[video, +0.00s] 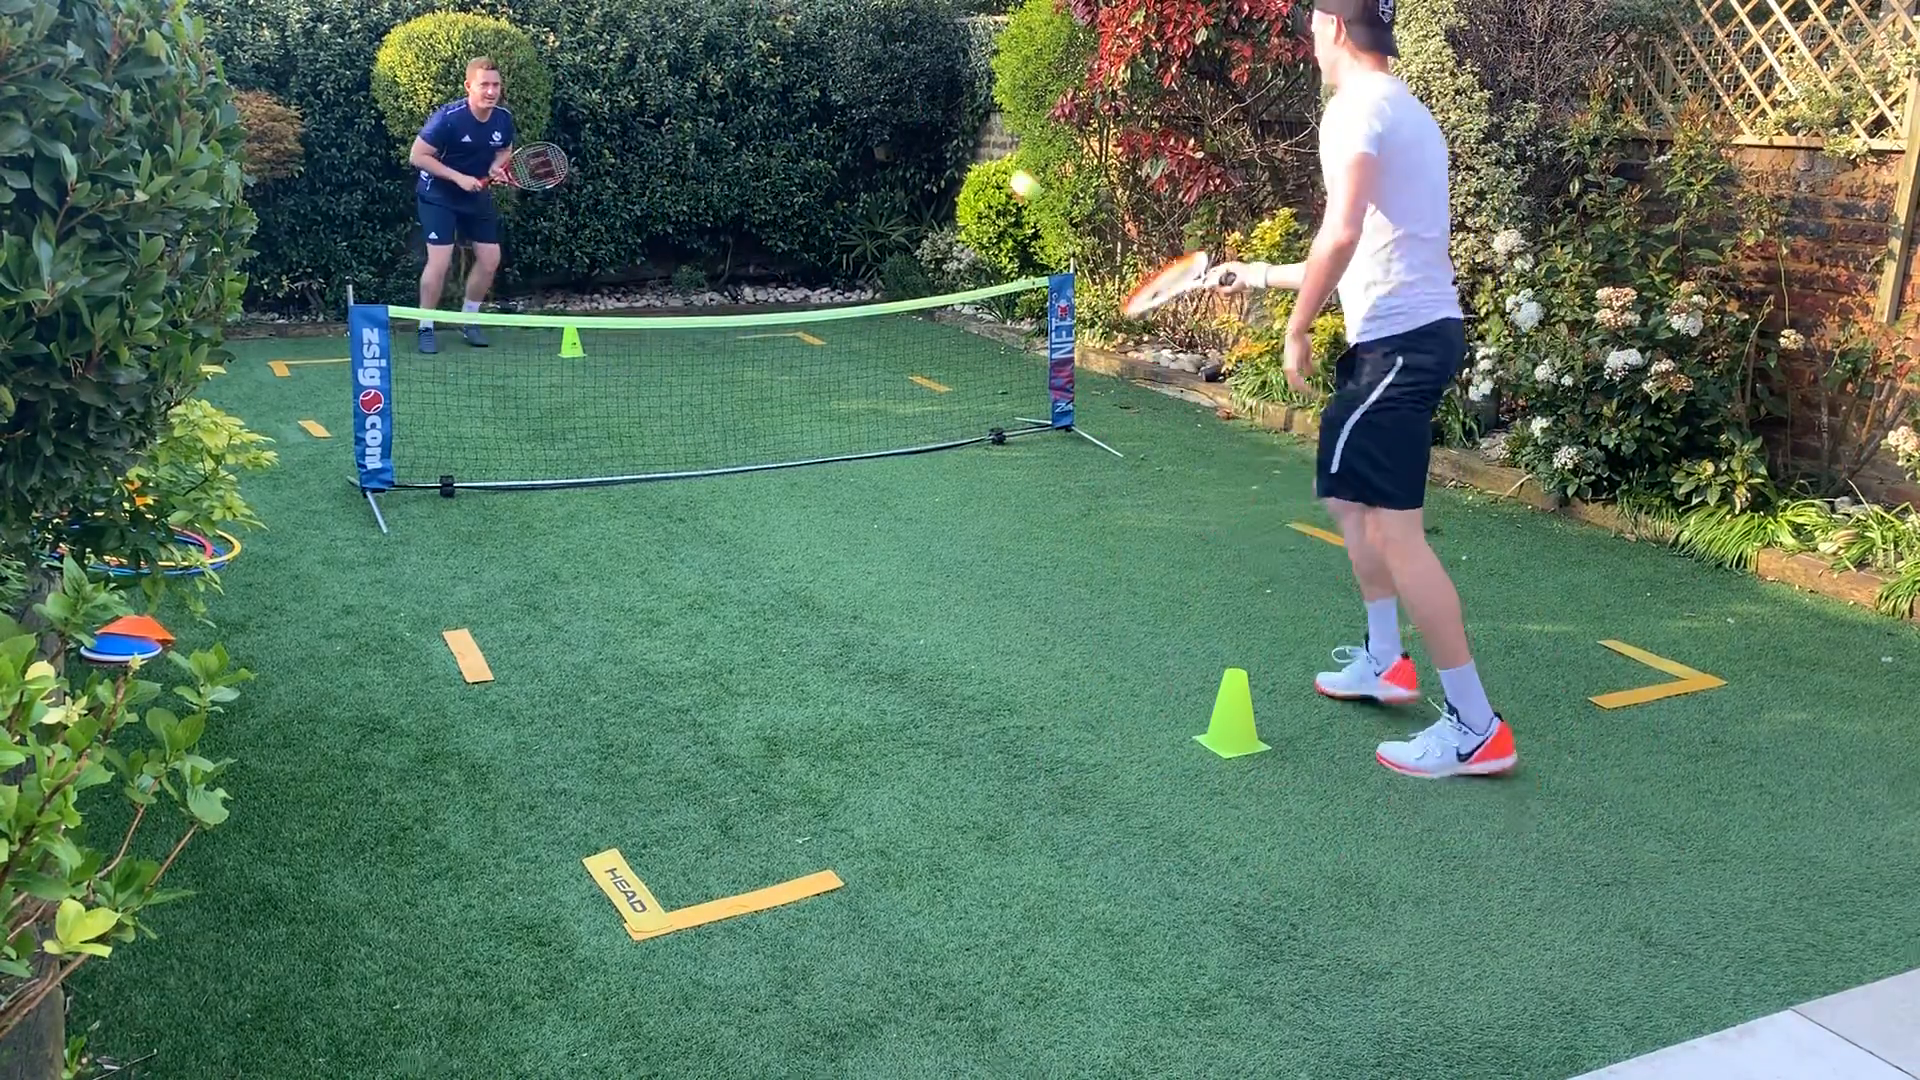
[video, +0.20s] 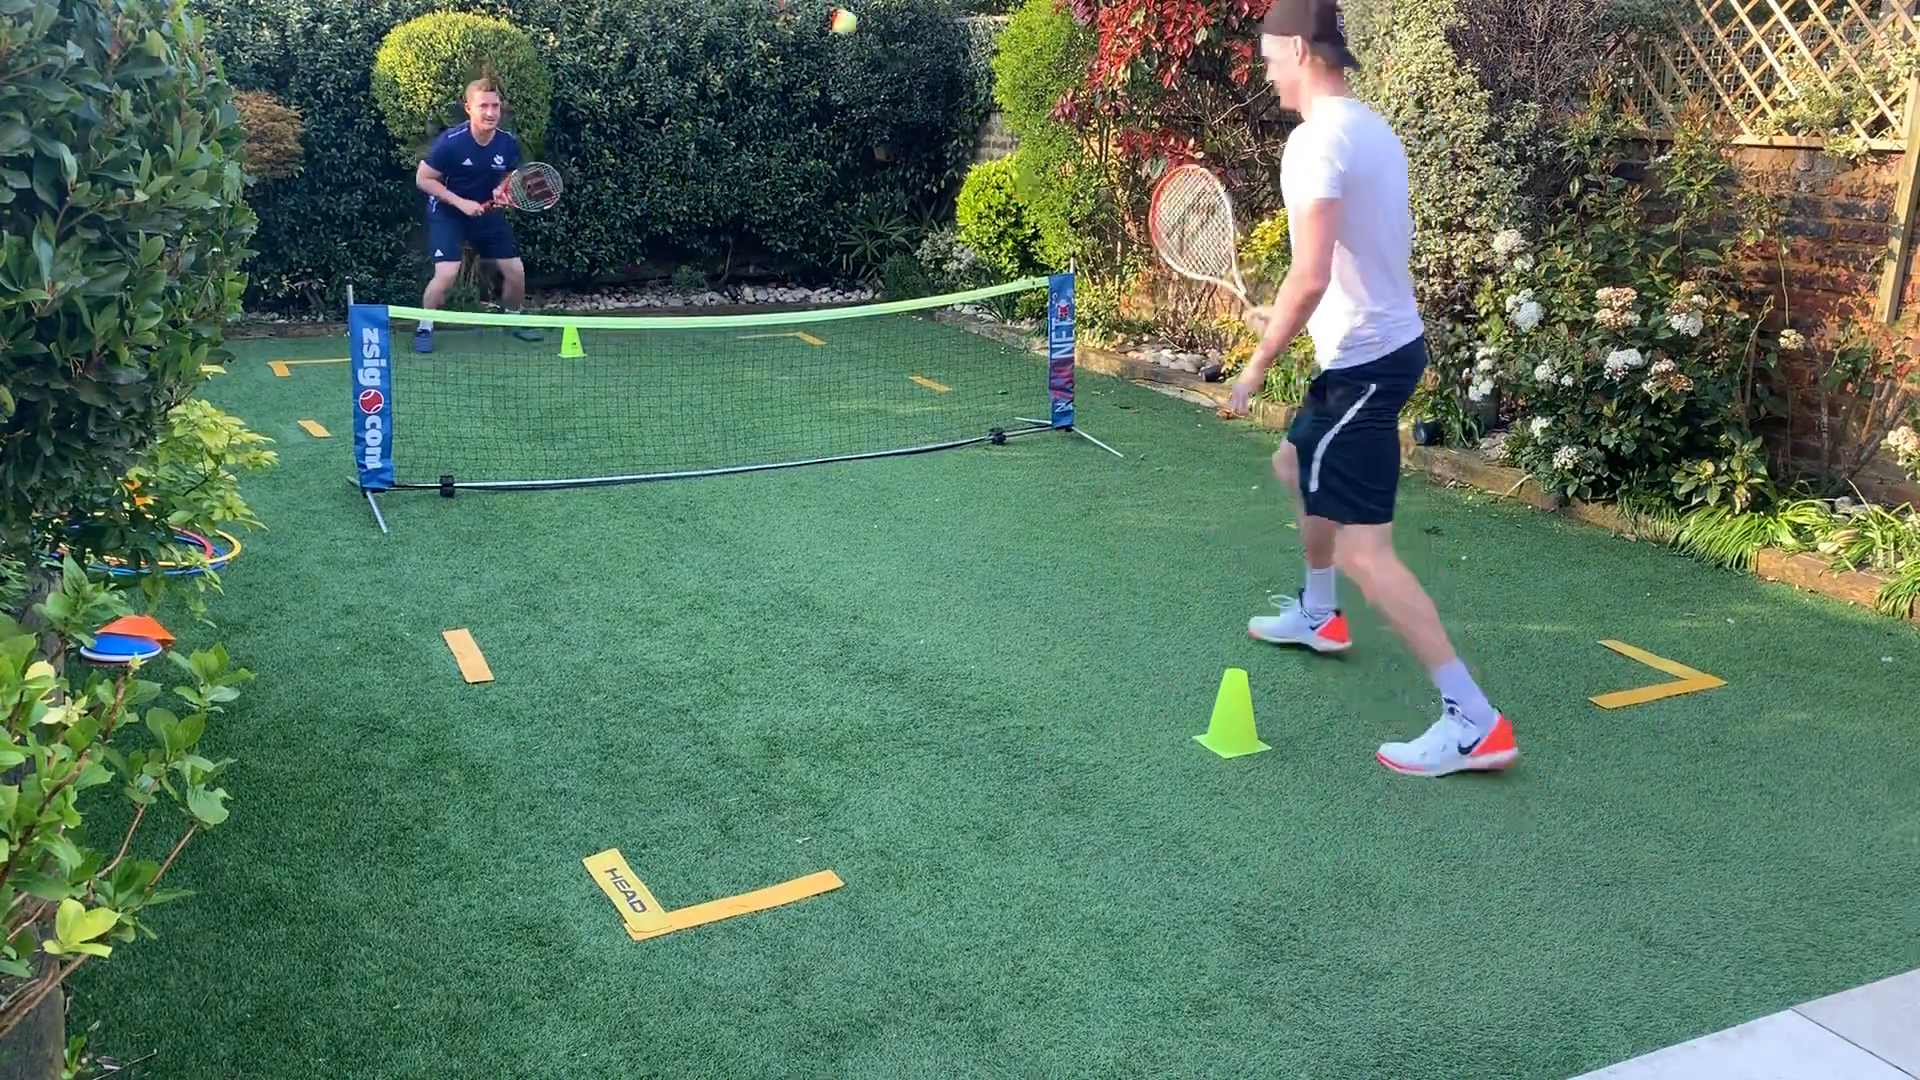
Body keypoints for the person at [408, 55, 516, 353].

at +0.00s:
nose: (492, 91)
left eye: (496, 85)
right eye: (485, 85)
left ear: (501, 88)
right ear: (469, 87)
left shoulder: (503, 120)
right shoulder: (447, 118)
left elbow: (503, 152)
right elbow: (418, 156)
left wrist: (496, 168)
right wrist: (459, 177)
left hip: (477, 194)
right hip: (438, 195)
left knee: (490, 257)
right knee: (440, 259)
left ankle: (468, 321)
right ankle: (426, 326)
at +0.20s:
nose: (490, 113)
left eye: (495, 106)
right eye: (483, 106)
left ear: (501, 109)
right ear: (468, 109)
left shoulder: (508, 145)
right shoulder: (450, 142)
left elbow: (509, 178)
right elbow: (423, 178)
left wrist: (503, 193)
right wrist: (460, 202)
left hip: (488, 211)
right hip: (448, 211)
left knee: (515, 271)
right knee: (447, 272)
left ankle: (514, 322)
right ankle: (425, 328)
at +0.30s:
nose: (488, 117)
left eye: (493, 110)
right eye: (481, 110)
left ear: (500, 113)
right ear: (467, 113)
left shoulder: (510, 148)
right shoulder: (451, 145)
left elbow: (523, 186)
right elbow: (426, 182)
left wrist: (506, 198)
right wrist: (459, 205)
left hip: (492, 215)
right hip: (451, 214)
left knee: (519, 272)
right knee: (448, 270)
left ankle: (517, 323)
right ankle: (429, 327)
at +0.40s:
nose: (478, 109)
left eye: (483, 103)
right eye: (471, 104)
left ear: (490, 105)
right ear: (459, 107)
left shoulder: (505, 142)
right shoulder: (442, 140)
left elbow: (518, 178)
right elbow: (424, 175)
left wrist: (510, 188)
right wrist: (450, 200)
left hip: (490, 210)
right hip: (449, 210)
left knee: (516, 271)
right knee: (441, 266)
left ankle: (515, 322)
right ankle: (434, 328)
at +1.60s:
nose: (452, 105)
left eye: (457, 98)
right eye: (445, 100)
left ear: (468, 98)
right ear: (435, 104)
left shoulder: (488, 124)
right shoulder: (434, 141)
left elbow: (523, 150)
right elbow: (447, 190)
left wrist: (510, 177)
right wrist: (467, 200)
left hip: (498, 207)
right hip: (458, 213)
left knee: (525, 268)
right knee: (439, 276)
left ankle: (551, 342)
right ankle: (416, 344)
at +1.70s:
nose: (484, 106)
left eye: (489, 98)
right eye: (477, 100)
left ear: (498, 100)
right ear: (465, 104)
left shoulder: (520, 131)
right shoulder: (460, 145)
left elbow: (550, 160)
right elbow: (464, 197)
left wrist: (539, 185)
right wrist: (489, 199)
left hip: (519, 217)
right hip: (476, 224)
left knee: (550, 273)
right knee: (449, 288)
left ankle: (575, 343)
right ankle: (418, 342)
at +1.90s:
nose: (537, 91)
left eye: (542, 84)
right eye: (530, 85)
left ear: (554, 86)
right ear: (521, 91)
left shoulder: (579, 116)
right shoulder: (516, 131)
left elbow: (608, 140)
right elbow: (504, 181)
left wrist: (594, 162)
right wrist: (530, 184)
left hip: (580, 212)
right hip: (537, 214)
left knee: (584, 277)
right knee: (518, 277)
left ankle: (583, 348)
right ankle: (503, 347)